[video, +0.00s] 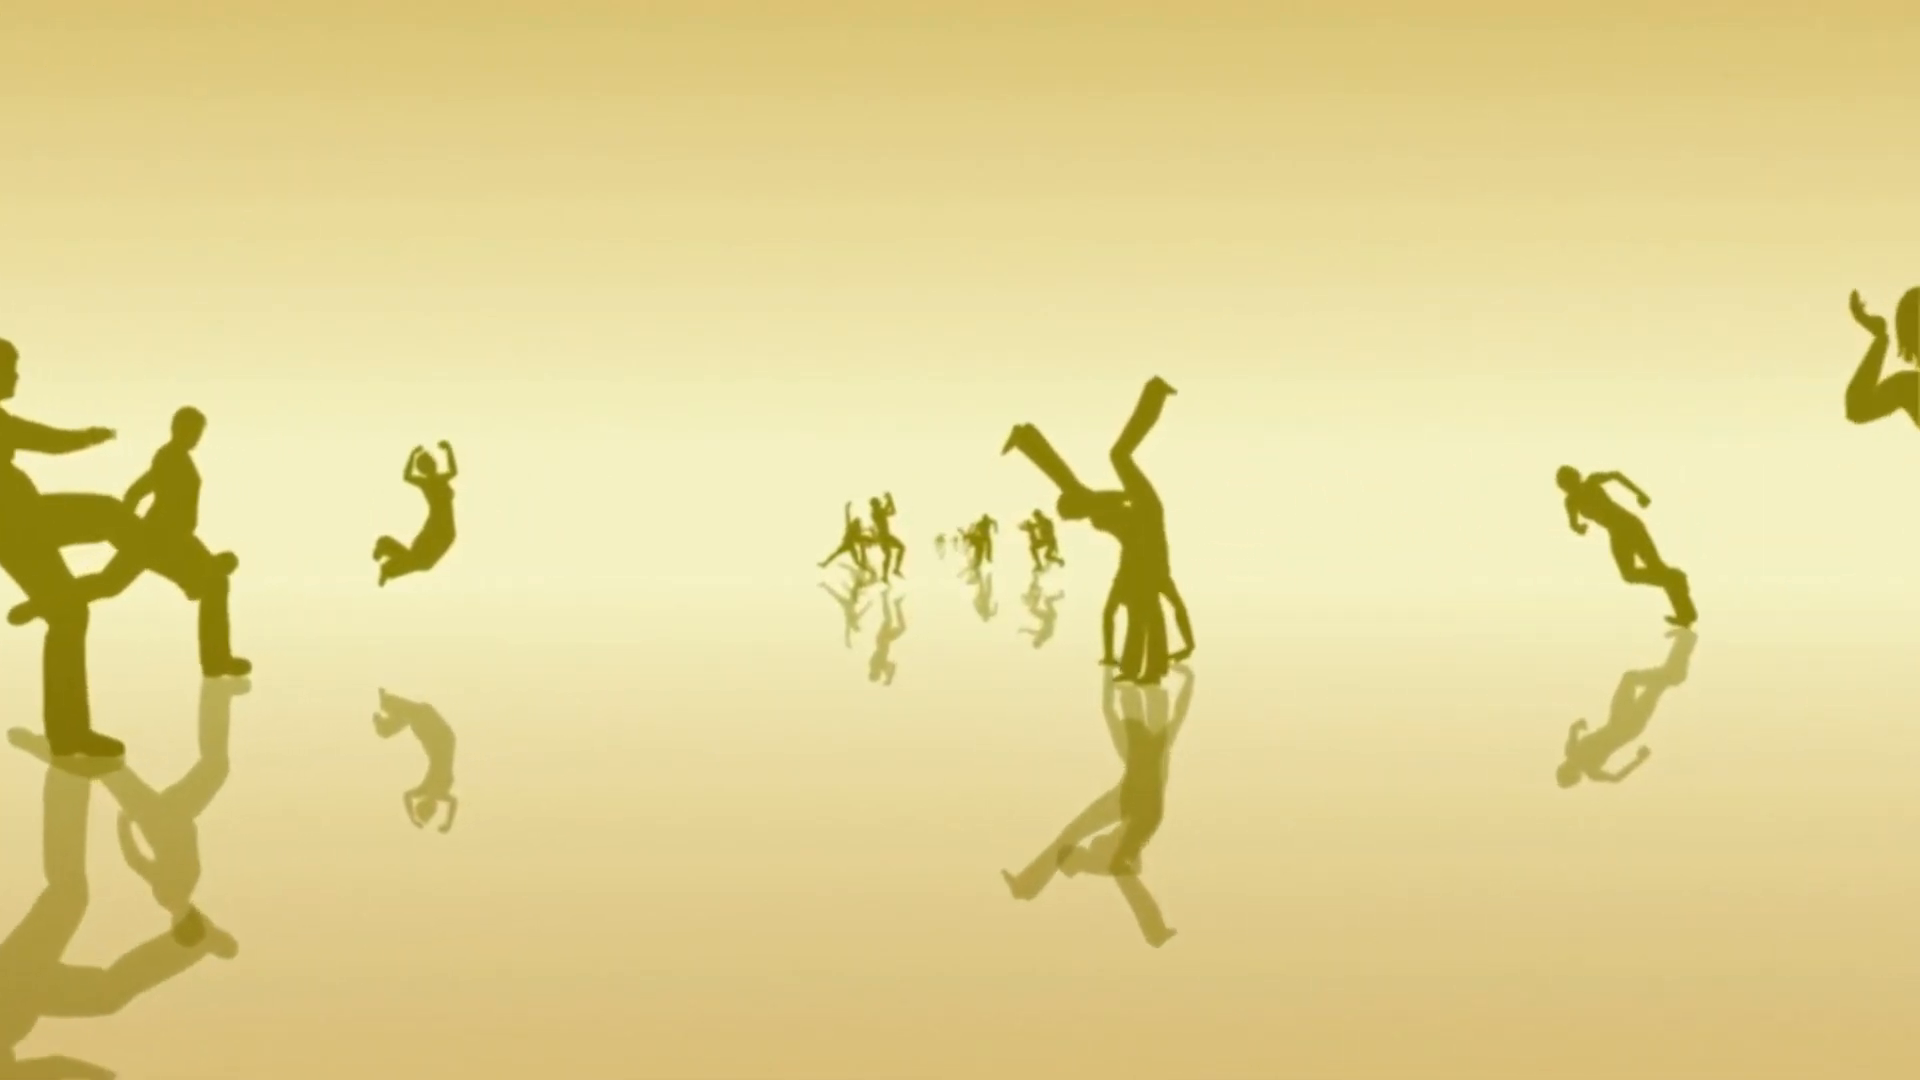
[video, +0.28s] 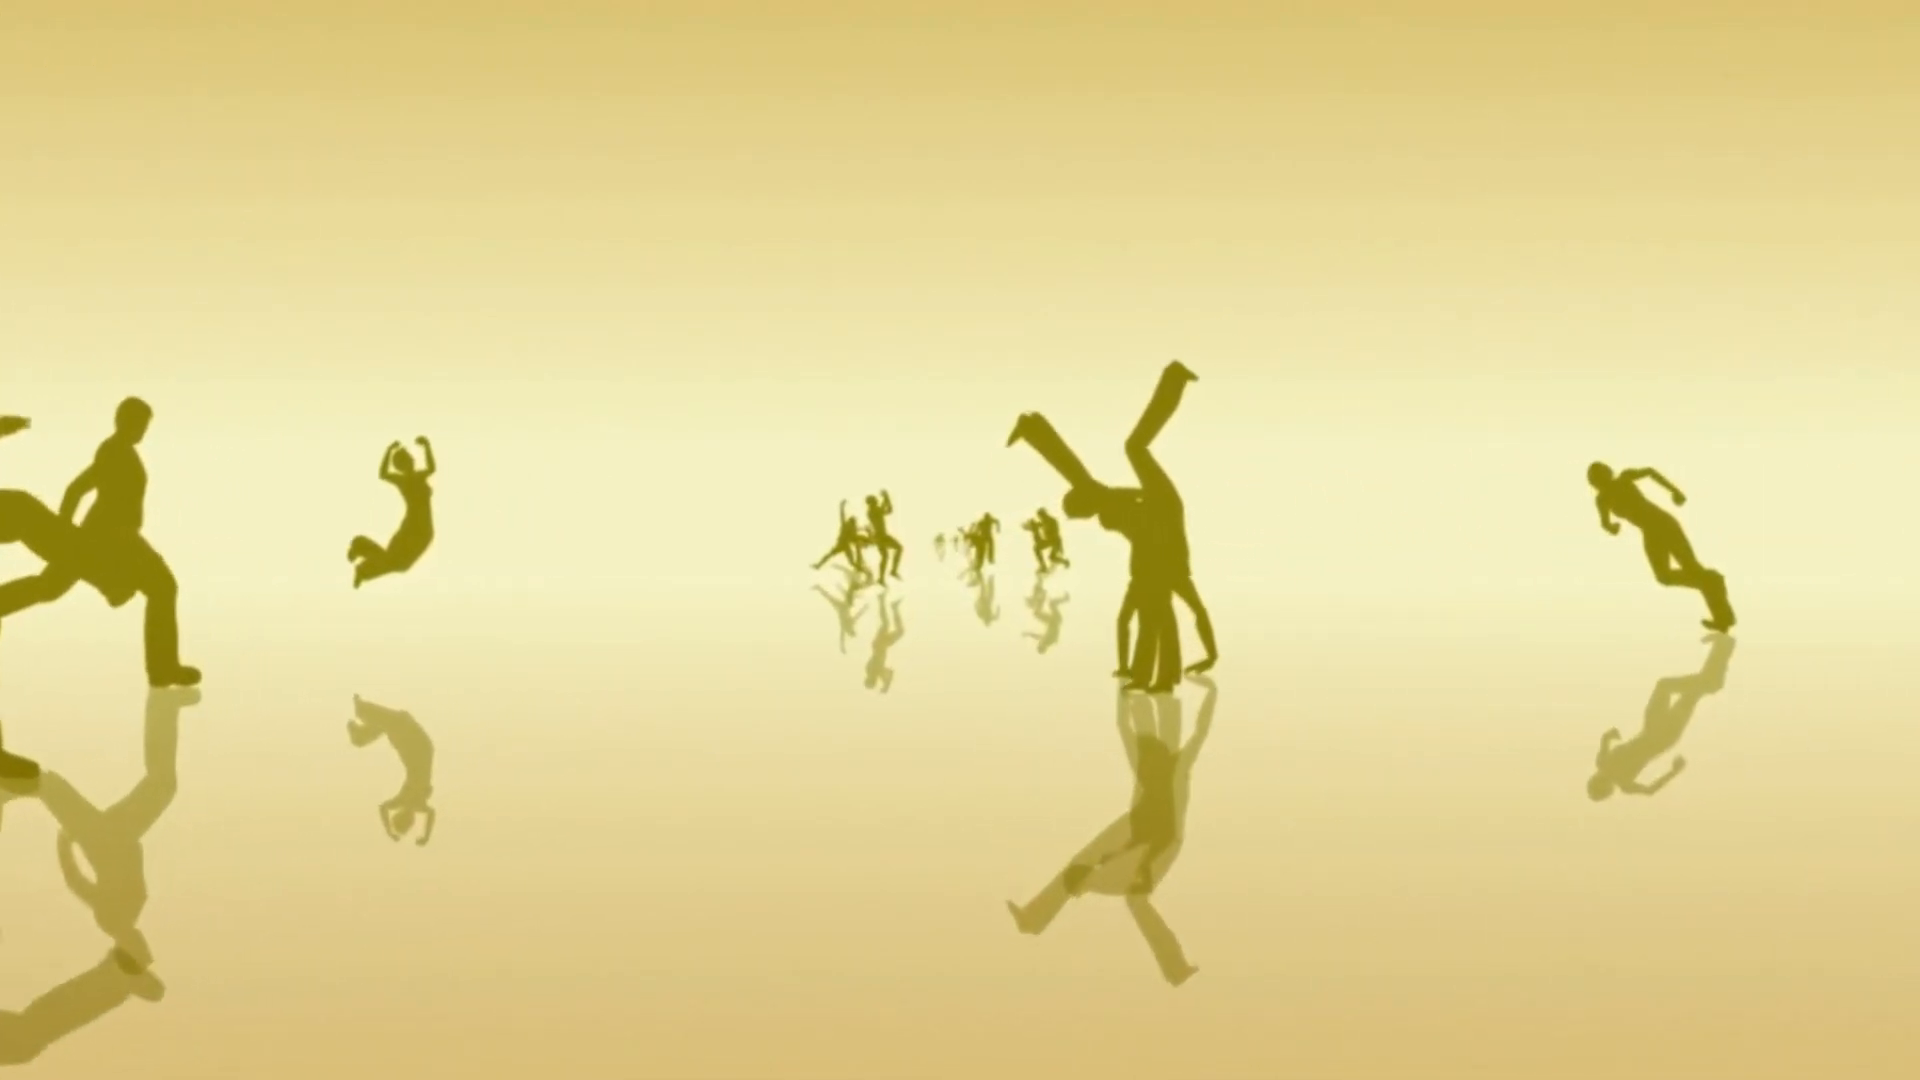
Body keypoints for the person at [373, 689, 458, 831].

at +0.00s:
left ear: (431, 806)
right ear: (421, 804)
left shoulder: (440, 794)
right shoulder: (423, 791)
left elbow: (454, 801)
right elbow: (406, 796)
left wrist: (448, 824)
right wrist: (412, 818)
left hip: (427, 715)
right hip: (417, 714)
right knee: (385, 732)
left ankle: (387, 700)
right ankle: (376, 718)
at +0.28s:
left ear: (409, 818)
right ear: (397, 815)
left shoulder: (418, 805)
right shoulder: (400, 802)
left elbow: (432, 812)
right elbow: (382, 808)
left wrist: (426, 837)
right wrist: (389, 831)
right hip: (394, 723)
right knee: (359, 740)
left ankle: (362, 707)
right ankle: (351, 725)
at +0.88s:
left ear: (360, 843)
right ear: (348, 841)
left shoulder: (371, 829)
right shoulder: (350, 826)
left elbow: (386, 837)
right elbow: (332, 831)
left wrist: (379, 862)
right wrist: (339, 857)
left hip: (355, 738)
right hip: (343, 738)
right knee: (307, 758)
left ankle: (309, 722)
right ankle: (298, 741)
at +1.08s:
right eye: (331, 862)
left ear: (343, 853)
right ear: (330, 850)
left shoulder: (353, 838)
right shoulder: (333, 834)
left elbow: (369, 846)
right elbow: (313, 840)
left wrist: (363, 871)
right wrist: (320, 866)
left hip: (338, 745)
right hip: (325, 744)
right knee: (287, 765)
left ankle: (290, 728)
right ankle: (278, 746)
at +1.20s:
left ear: (335, 856)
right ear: (322, 853)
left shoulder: (346, 841)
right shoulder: (325, 838)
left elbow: (362, 849)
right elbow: (305, 843)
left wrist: (355, 875)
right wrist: (312, 870)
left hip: (330, 747)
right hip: (317, 747)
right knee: (279, 767)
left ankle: (282, 730)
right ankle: (270, 749)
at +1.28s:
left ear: (324, 862)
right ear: (311, 859)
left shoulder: (335, 847)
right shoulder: (314, 843)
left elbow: (351, 855)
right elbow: (294, 849)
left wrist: (345, 882)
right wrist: (300, 876)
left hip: (320, 752)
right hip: (306, 751)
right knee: (267, 771)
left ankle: (270, 733)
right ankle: (257, 753)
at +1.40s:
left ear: (316, 866)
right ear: (303, 863)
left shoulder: (327, 851)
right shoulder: (307, 847)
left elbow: (343, 859)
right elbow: (286, 853)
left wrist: (337, 886)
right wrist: (293, 881)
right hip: (298, 753)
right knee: (258, 774)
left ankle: (262, 736)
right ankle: (249, 756)